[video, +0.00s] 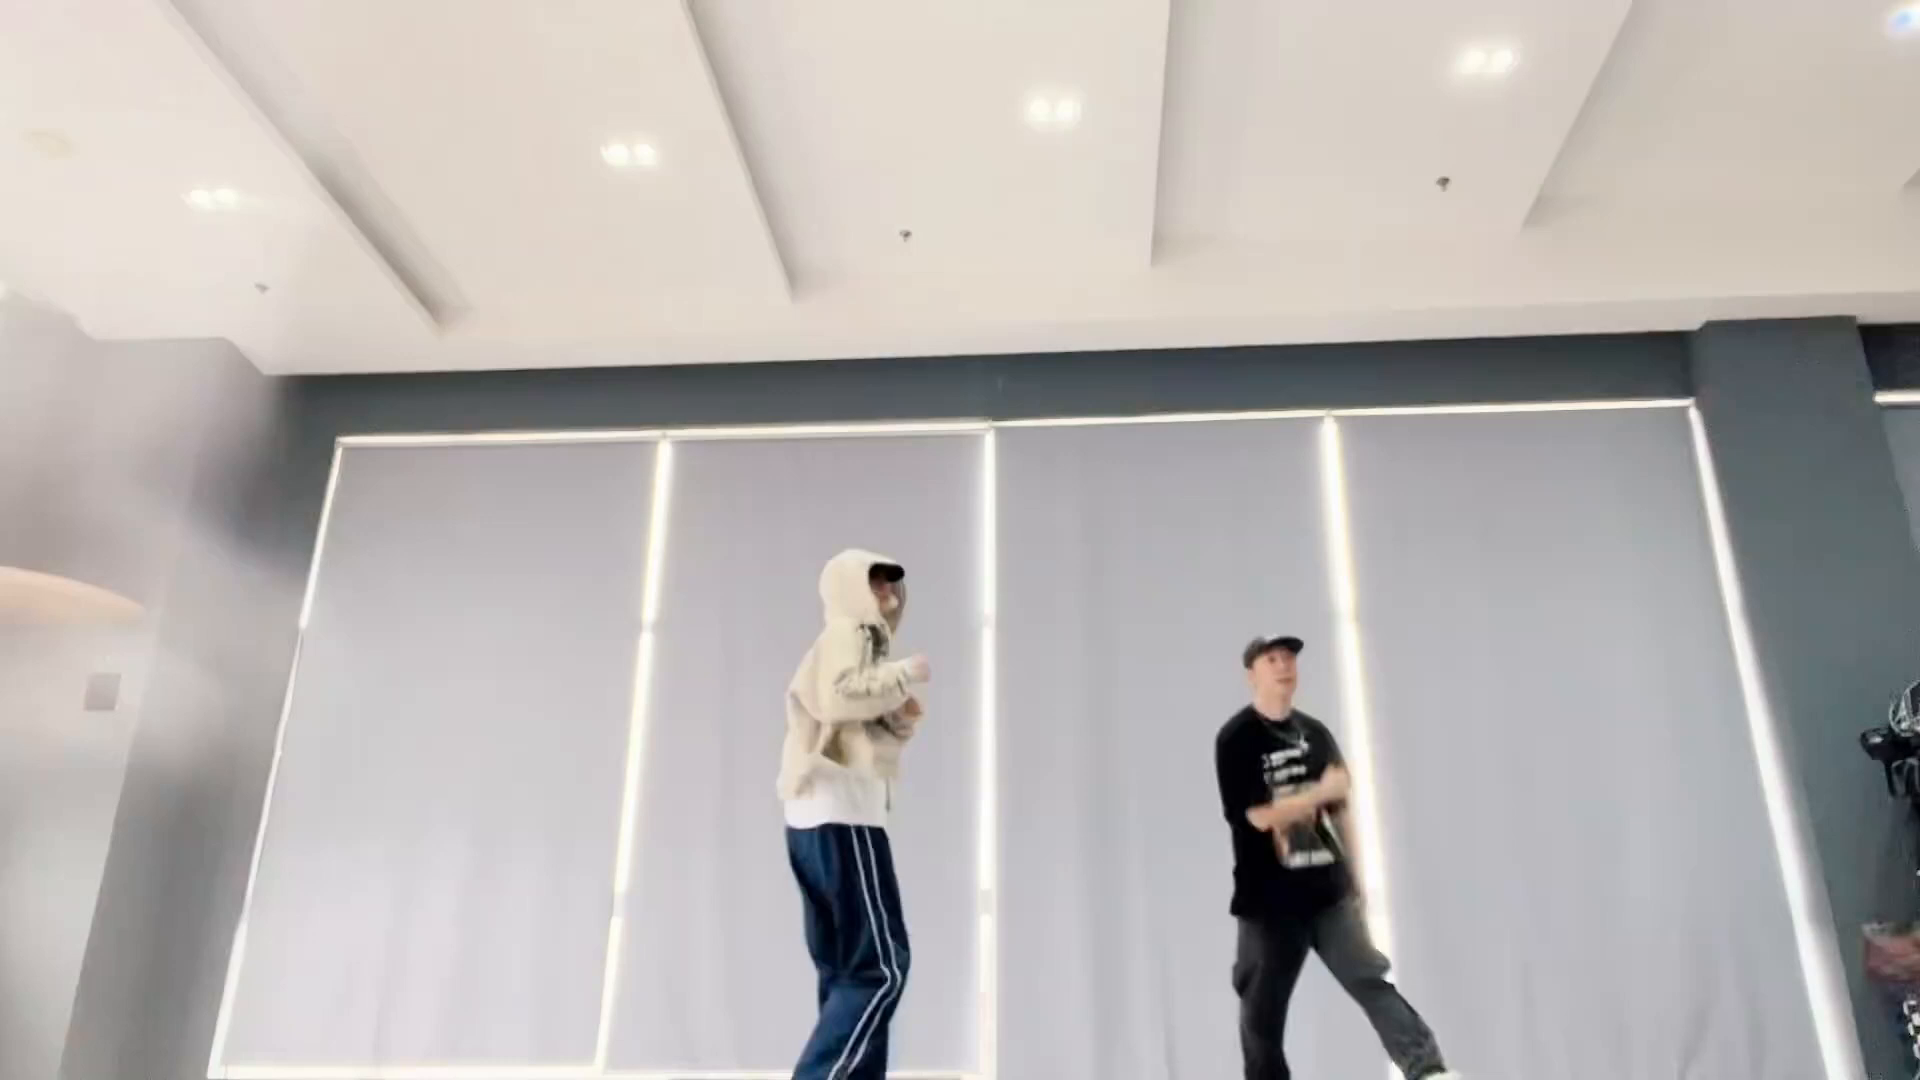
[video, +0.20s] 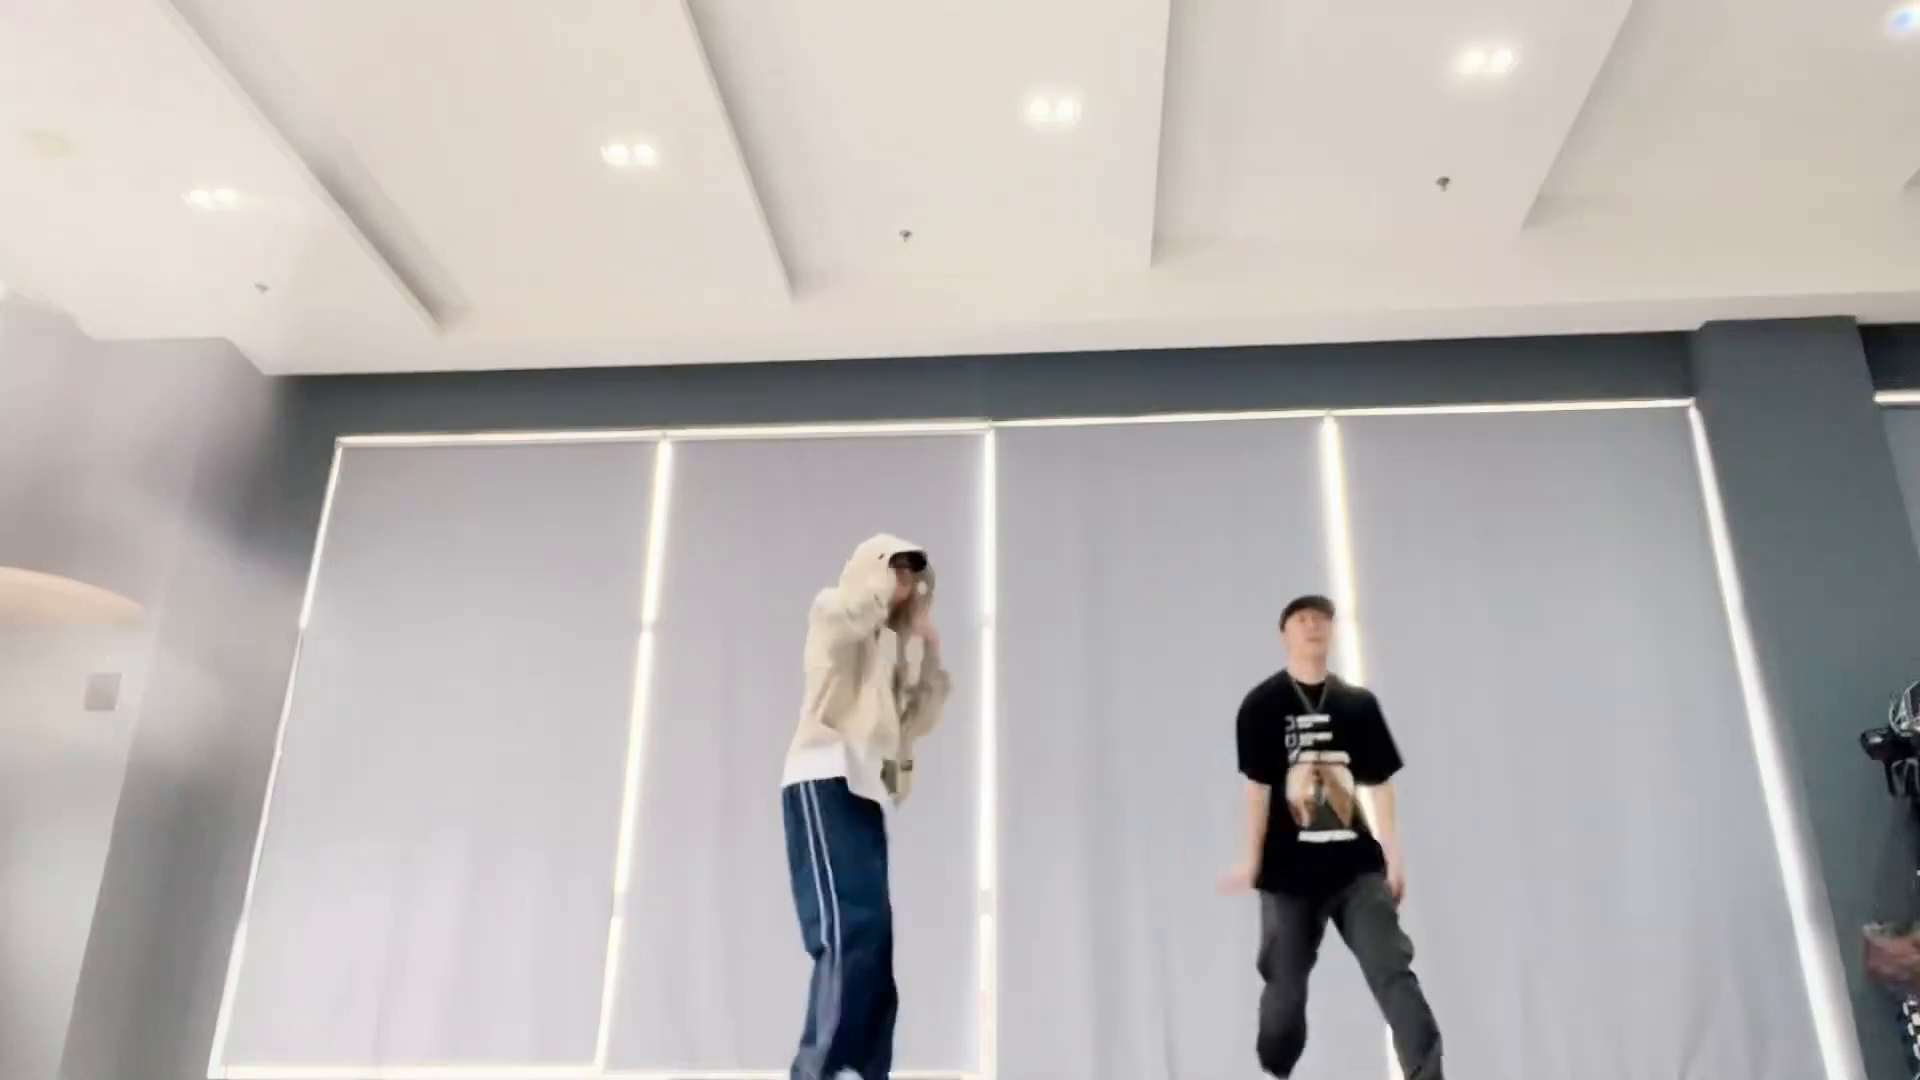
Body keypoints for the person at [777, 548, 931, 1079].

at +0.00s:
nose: (893, 592)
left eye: (894, 583)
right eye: (881, 582)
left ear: (844, 596)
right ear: (853, 588)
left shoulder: (840, 646)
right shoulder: (849, 633)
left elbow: (865, 746)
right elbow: (835, 699)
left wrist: (901, 723)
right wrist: (903, 675)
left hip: (817, 822)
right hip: (844, 818)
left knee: (845, 969)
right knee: (884, 964)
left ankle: (858, 1075)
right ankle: (823, 1075)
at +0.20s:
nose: (911, 581)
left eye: (917, 574)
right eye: (899, 569)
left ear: (918, 587)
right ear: (867, 572)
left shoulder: (901, 643)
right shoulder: (835, 614)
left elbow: (918, 721)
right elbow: (855, 610)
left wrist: (928, 642)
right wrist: (889, 583)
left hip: (865, 787)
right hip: (821, 778)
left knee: (874, 932)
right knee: (850, 928)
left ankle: (868, 1068)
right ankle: (822, 1067)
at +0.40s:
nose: (885, 574)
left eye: (896, 568)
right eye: (876, 565)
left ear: (907, 583)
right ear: (857, 576)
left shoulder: (924, 641)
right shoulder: (827, 624)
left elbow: (975, 664)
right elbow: (788, 596)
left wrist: (941, 600)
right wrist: (845, 558)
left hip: (882, 792)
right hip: (815, 777)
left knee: (875, 945)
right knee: (841, 883)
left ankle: (856, 1072)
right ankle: (807, 976)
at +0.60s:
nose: (866, 580)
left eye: (877, 572)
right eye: (858, 571)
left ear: (896, 585)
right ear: (844, 581)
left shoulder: (919, 634)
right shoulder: (815, 635)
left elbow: (971, 617)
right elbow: (759, 602)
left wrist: (926, 571)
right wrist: (822, 563)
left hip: (880, 808)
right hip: (810, 802)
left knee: (871, 951)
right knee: (785, 910)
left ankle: (858, 1072)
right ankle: (810, 1021)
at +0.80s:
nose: (844, 550)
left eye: (855, 543)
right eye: (836, 544)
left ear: (874, 560)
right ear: (825, 559)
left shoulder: (900, 608)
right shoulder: (801, 618)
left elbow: (944, 646)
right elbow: (731, 673)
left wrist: (932, 580)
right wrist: (757, 604)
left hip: (873, 797)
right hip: (803, 791)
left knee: (864, 944)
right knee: (776, 928)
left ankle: (868, 1072)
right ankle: (745, 1064)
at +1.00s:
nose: (812, 541)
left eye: (824, 533)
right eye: (803, 534)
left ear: (842, 551)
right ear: (791, 552)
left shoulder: (873, 606)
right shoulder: (774, 619)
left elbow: (912, 696)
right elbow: (753, 728)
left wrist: (886, 633)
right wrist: (759, 671)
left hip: (853, 800)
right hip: (781, 793)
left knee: (850, 948)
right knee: (755, 928)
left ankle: (872, 1074)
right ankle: (730, 1070)